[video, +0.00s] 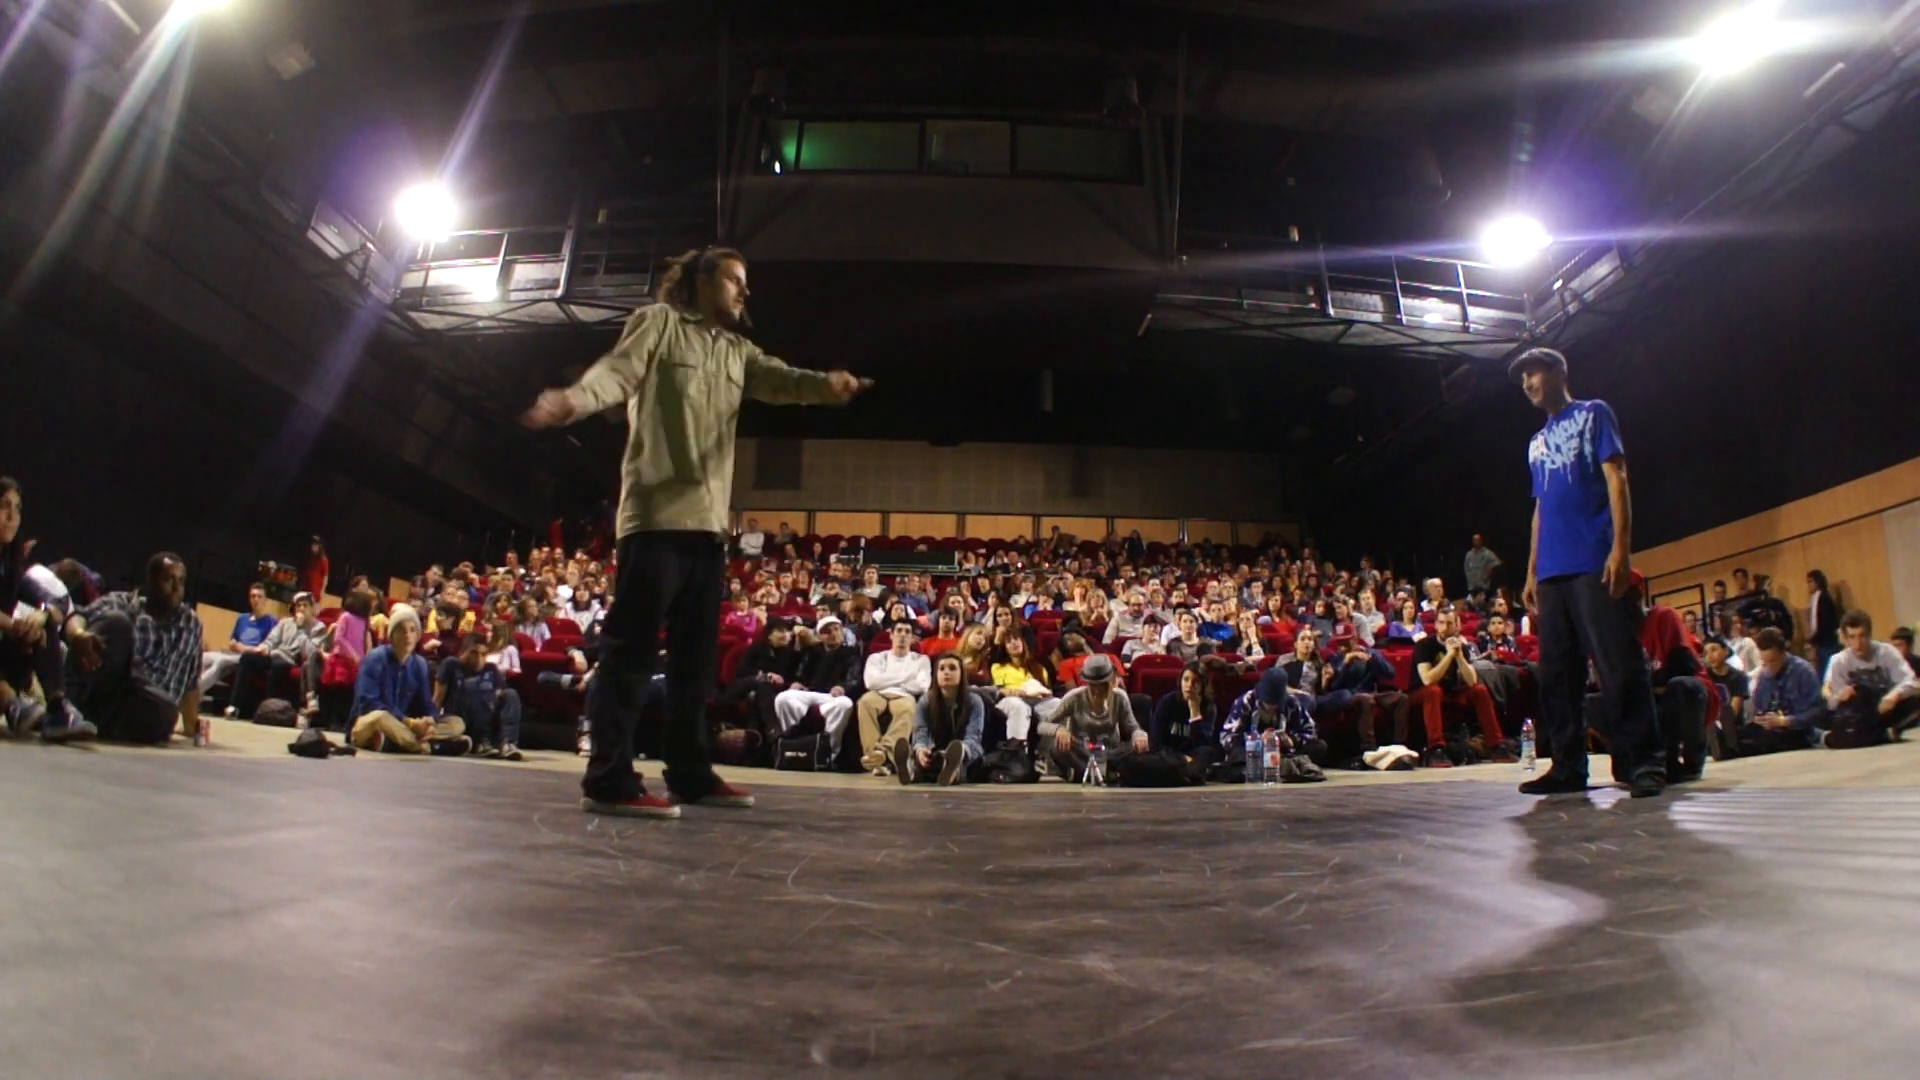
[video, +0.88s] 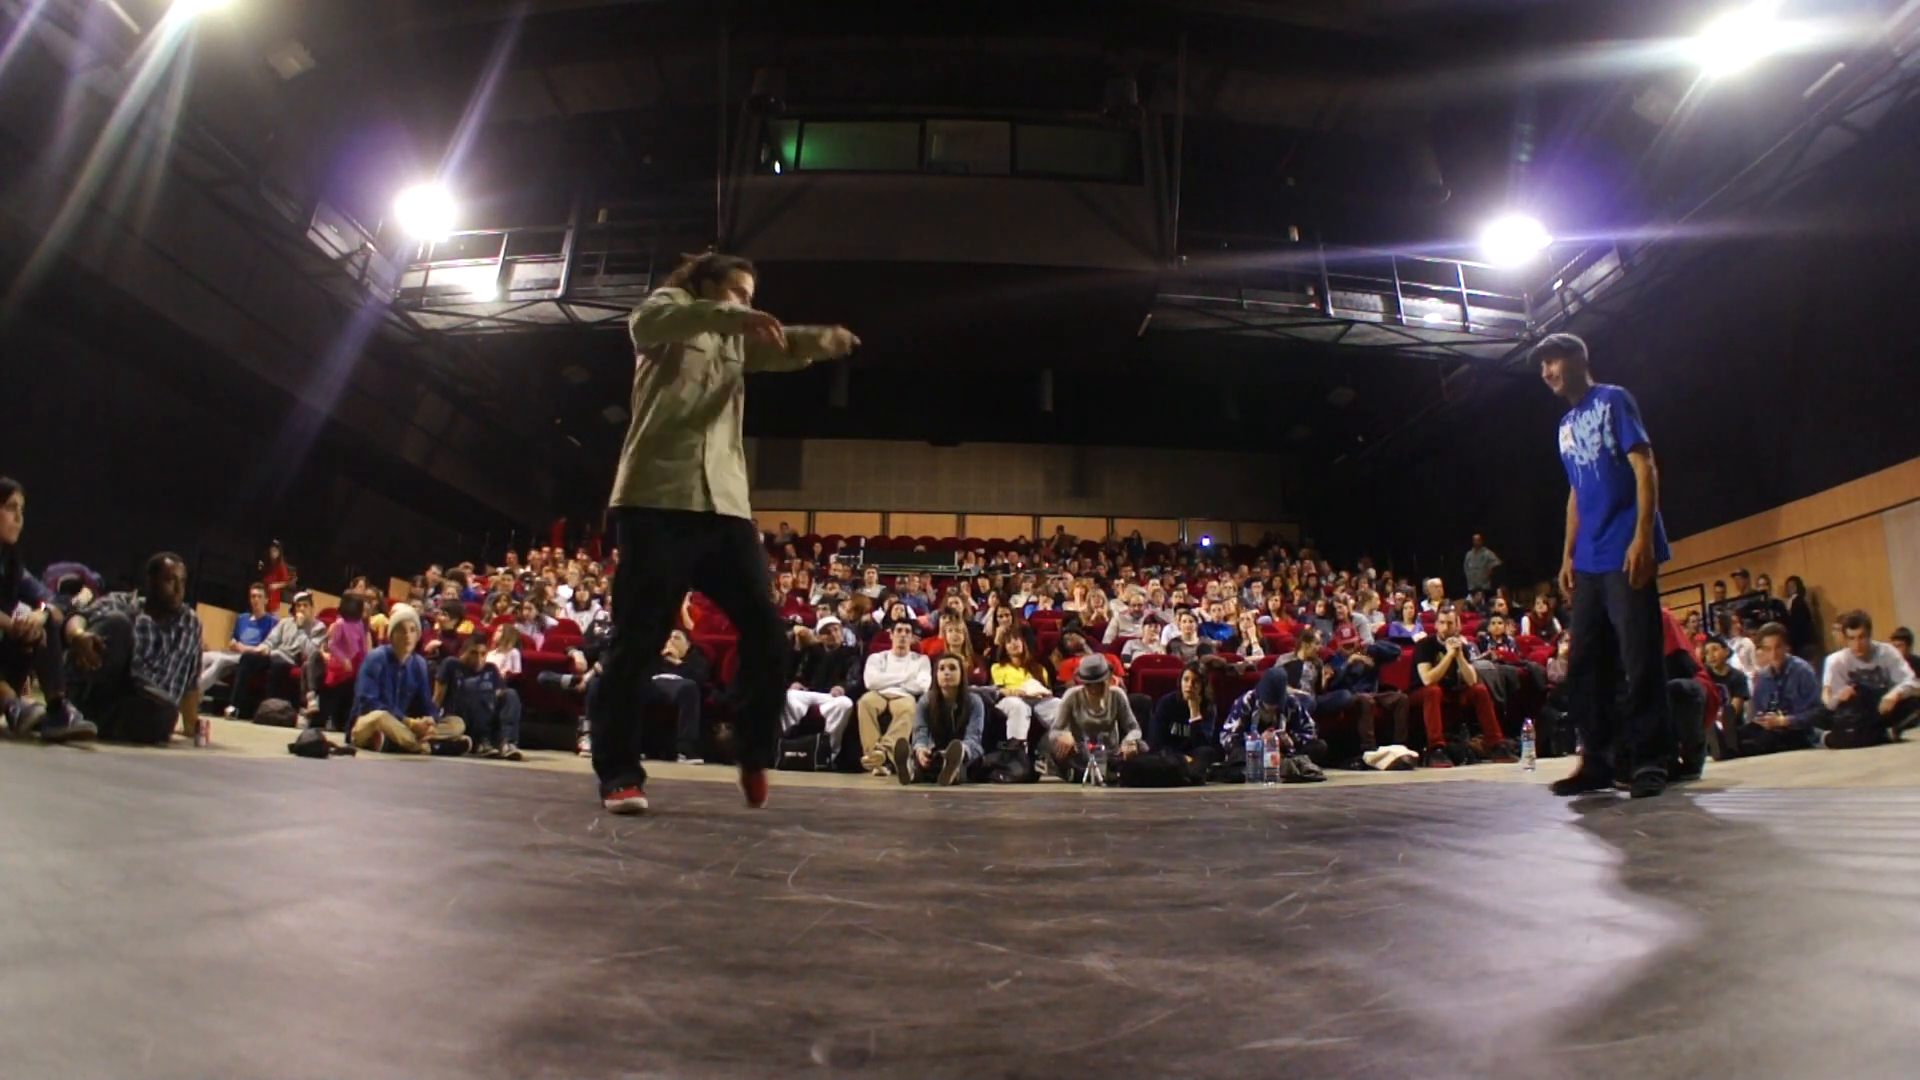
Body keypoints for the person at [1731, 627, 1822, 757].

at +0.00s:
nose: (1767, 666)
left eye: (1772, 661)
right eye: (1764, 661)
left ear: (1783, 654)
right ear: (1761, 657)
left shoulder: (1802, 671)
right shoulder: (1764, 675)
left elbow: (1817, 712)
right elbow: (1757, 709)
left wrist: (1782, 721)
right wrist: (1760, 719)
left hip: (1798, 732)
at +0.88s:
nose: (1774, 654)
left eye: (1778, 647)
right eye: (1768, 649)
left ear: (1786, 647)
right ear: (1763, 652)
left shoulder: (1802, 671)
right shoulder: (1763, 676)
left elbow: (1815, 712)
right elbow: (1757, 710)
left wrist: (1782, 721)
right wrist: (1762, 719)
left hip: (1798, 731)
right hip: (1768, 730)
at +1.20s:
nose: (1776, 651)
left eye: (1781, 645)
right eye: (1771, 646)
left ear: (1789, 646)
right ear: (1765, 649)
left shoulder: (1804, 670)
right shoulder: (1764, 675)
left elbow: (1814, 711)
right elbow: (1757, 710)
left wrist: (1783, 721)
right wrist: (1761, 719)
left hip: (1798, 730)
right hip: (1767, 730)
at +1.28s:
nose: (1777, 651)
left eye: (1781, 645)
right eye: (1771, 646)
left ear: (1789, 646)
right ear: (1766, 649)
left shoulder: (1805, 670)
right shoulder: (1764, 676)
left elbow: (1814, 711)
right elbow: (1757, 710)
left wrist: (1783, 720)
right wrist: (1763, 719)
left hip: (1799, 730)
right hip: (1768, 730)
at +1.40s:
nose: (1778, 651)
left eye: (1782, 644)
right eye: (1772, 646)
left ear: (1790, 645)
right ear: (1767, 648)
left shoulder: (1805, 670)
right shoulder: (1763, 676)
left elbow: (1814, 711)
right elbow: (1756, 710)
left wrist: (1784, 720)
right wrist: (1761, 718)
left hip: (1798, 730)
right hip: (1768, 730)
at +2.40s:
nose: (1770, 660)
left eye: (1774, 655)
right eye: (1765, 656)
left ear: (1784, 651)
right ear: (1760, 655)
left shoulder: (1801, 671)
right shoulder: (1762, 676)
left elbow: (1812, 712)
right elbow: (1756, 711)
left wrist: (1784, 721)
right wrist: (1759, 719)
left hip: (1797, 732)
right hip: (1767, 732)